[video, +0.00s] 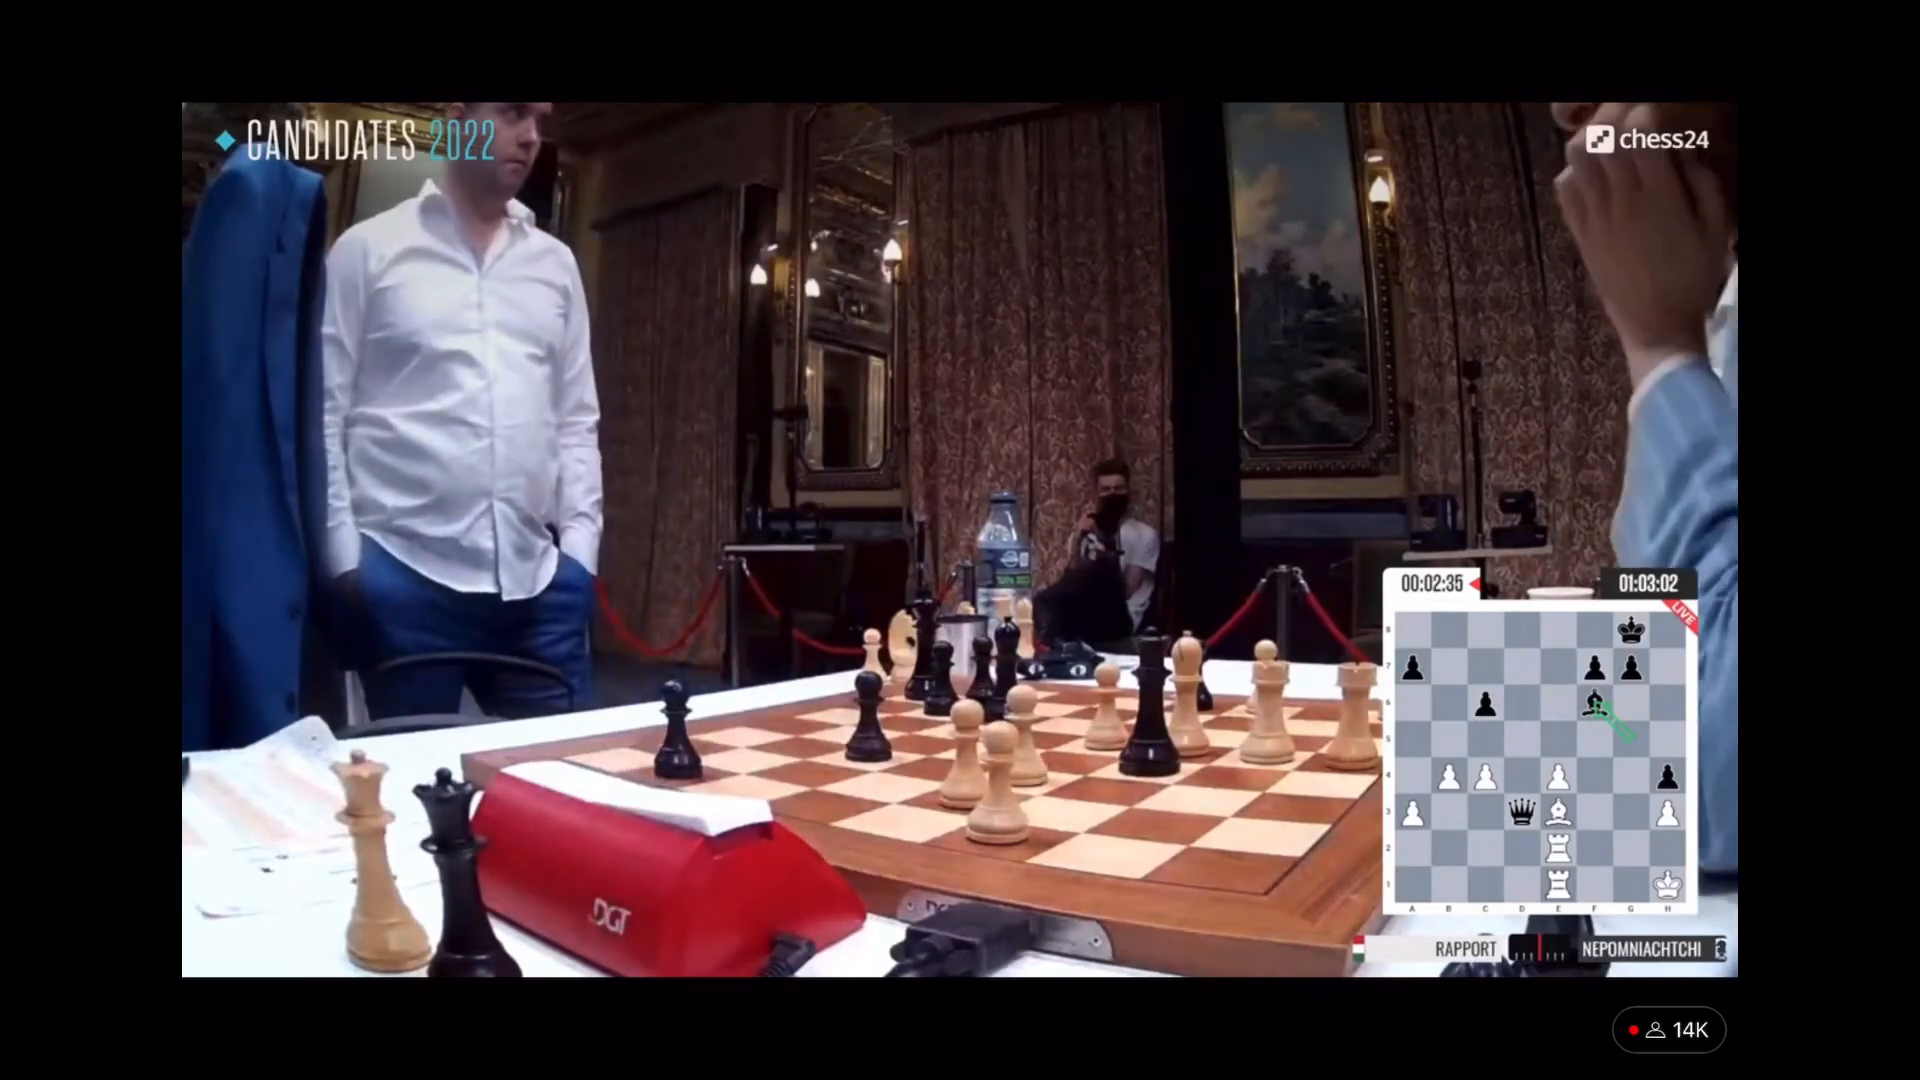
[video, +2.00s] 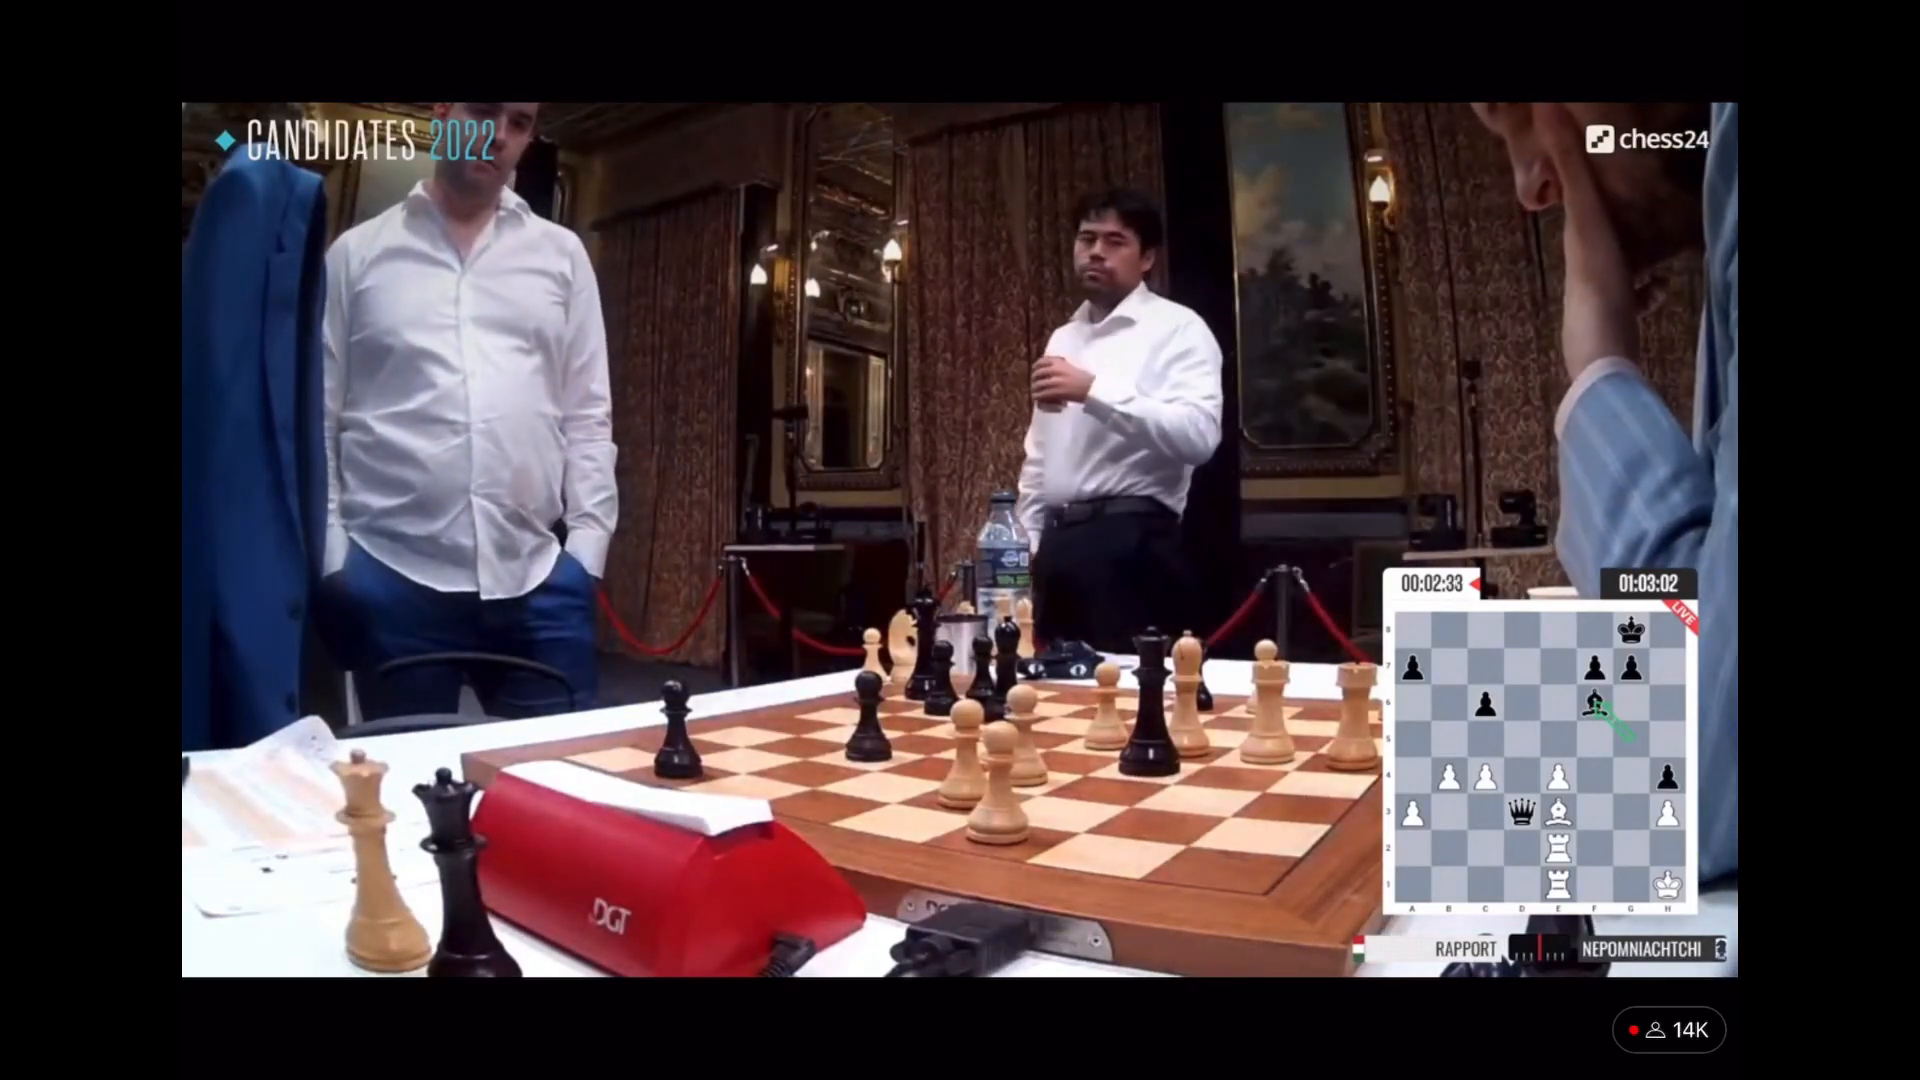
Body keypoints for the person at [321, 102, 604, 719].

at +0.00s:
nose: (533, 136)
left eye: (539, 120)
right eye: (514, 115)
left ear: (543, 133)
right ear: (458, 118)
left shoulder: (555, 263)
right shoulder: (365, 252)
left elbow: (577, 421)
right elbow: (325, 417)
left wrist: (578, 554)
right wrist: (345, 564)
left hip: (538, 583)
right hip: (404, 583)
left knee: (561, 789)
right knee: (418, 791)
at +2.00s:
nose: (495, 137)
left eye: (517, 124)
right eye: (481, 113)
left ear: (531, 140)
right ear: (440, 115)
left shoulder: (561, 254)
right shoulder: (356, 255)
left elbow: (588, 416)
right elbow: (321, 416)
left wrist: (584, 553)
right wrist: (335, 561)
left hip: (539, 583)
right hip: (394, 585)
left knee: (565, 791)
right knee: (408, 794)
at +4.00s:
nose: (497, 142)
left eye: (518, 128)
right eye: (482, 119)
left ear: (533, 142)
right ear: (442, 119)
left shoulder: (566, 257)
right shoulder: (364, 260)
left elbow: (594, 416)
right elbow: (327, 420)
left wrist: (591, 550)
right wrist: (345, 563)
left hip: (550, 583)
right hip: (405, 585)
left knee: (571, 790)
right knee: (417, 792)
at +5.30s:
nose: (490, 144)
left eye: (512, 130)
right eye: (477, 120)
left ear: (528, 144)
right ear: (440, 119)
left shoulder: (564, 259)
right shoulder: (361, 262)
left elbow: (593, 417)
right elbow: (324, 420)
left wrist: (589, 553)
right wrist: (341, 561)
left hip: (548, 585)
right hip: (402, 586)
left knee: (570, 789)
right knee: (414, 792)